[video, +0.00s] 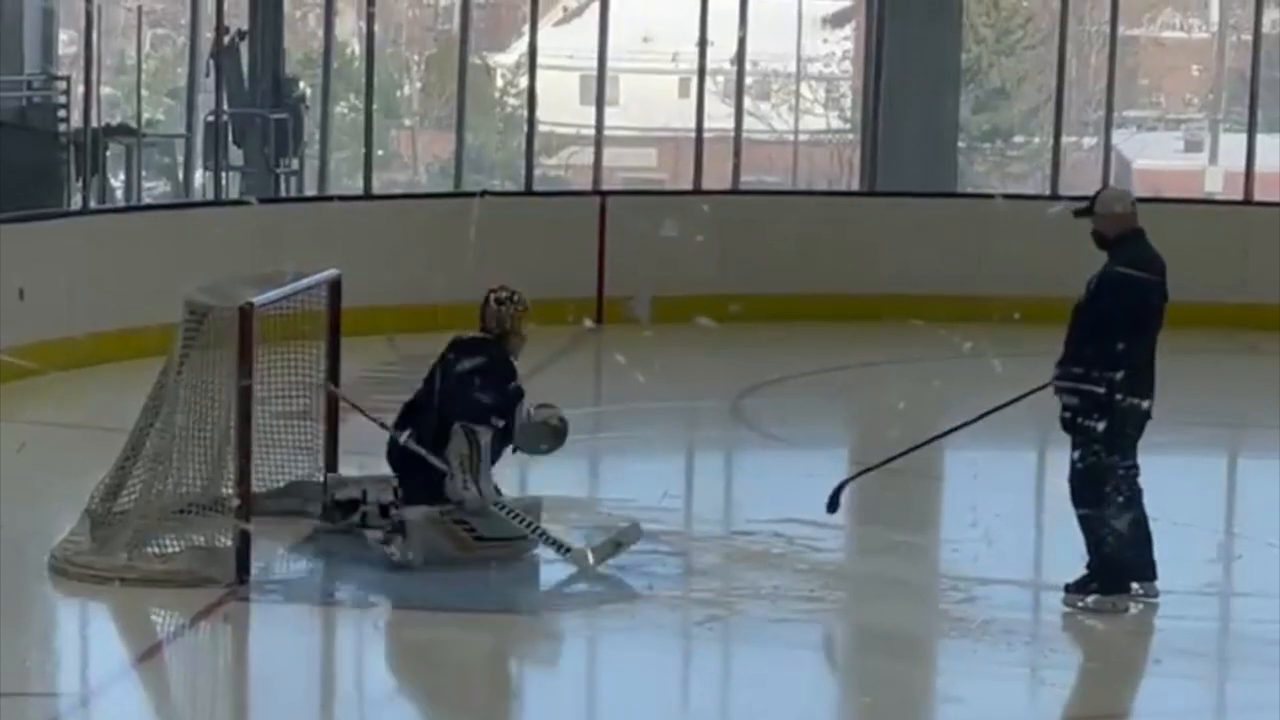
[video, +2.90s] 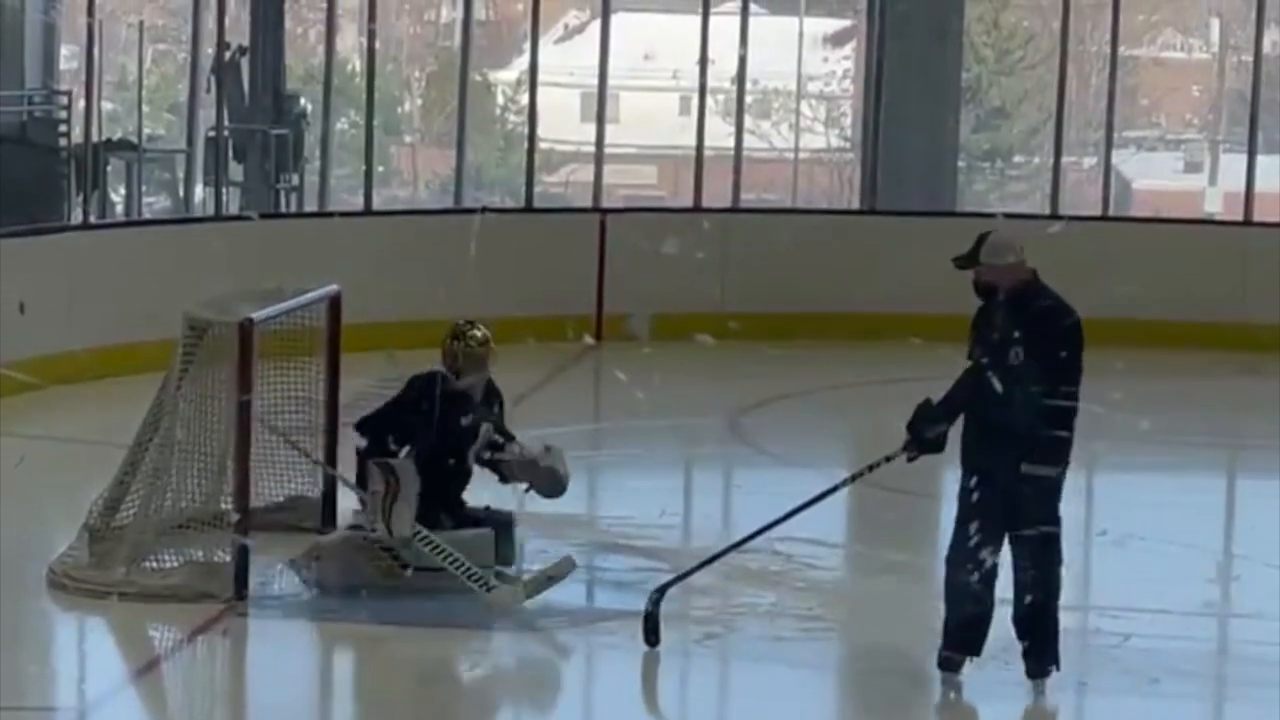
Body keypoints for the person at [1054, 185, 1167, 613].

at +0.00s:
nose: (1092, 229)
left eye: (1097, 221)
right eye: (1092, 221)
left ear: (1113, 221)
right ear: (1127, 219)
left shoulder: (1125, 269)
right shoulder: (1141, 263)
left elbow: (1100, 336)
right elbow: (1103, 332)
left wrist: (1074, 385)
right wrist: (1073, 374)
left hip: (1109, 397)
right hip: (1125, 393)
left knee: (1092, 486)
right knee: (1118, 483)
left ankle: (1110, 577)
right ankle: (1136, 571)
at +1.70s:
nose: (1046, 266)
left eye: (1051, 258)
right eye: (1045, 258)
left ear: (1072, 255)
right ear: (1069, 255)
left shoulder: (1109, 297)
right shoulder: (1073, 292)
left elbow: (1110, 370)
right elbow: (1061, 353)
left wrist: (1099, 425)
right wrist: (1030, 383)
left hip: (1106, 423)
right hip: (1082, 419)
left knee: (1072, 502)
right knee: (1103, 497)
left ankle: (1077, 593)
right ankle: (1129, 569)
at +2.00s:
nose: (1030, 262)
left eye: (1036, 256)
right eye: (1029, 255)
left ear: (1060, 254)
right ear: (1044, 254)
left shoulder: (1102, 298)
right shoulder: (1040, 287)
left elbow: (1105, 376)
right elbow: (1017, 345)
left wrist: (1090, 437)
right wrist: (983, 386)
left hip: (1077, 425)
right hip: (1038, 422)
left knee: (1056, 519)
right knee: (1054, 511)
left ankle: (1046, 615)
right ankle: (1075, 586)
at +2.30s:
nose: (1010, 264)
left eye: (1016, 256)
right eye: (1009, 256)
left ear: (1041, 256)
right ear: (1027, 255)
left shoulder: (1088, 305)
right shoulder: (1020, 293)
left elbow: (1093, 383)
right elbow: (987, 355)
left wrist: (1083, 441)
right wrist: (947, 395)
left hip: (1058, 440)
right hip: (1011, 435)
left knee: (1052, 535)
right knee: (1005, 527)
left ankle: (1045, 629)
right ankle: (1006, 601)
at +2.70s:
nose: (993, 275)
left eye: (999, 268)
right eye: (992, 268)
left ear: (1023, 266)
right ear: (1005, 267)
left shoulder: (1070, 315)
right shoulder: (1000, 306)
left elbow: (1071, 397)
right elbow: (975, 367)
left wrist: (1057, 463)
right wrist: (935, 410)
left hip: (1043, 462)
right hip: (994, 457)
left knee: (1043, 562)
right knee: (980, 554)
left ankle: (1044, 657)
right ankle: (967, 649)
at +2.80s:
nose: (985, 277)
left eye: (992, 270)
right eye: (985, 270)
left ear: (1018, 266)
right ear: (1000, 269)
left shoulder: (1065, 318)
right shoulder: (995, 311)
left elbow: (1067, 401)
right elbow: (974, 373)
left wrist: (1052, 466)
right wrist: (933, 416)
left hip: (1040, 467)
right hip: (989, 463)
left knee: (1039, 570)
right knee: (974, 560)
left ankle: (1042, 671)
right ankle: (958, 662)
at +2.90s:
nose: (978, 280)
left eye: (984, 272)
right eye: (978, 272)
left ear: (1008, 270)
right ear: (999, 270)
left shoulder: (1056, 318)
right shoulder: (990, 313)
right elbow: (977, 378)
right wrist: (937, 422)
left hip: (1037, 465)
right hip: (985, 460)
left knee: (1036, 565)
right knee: (969, 558)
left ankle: (1040, 664)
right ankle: (954, 656)